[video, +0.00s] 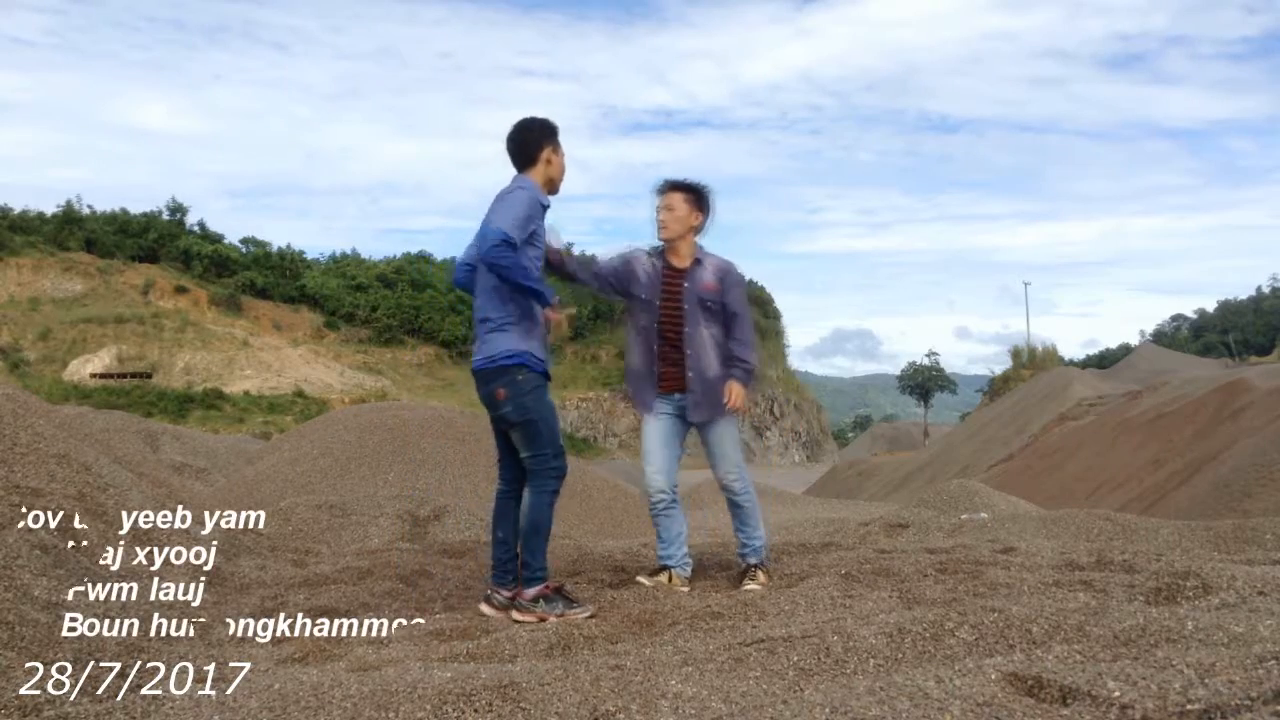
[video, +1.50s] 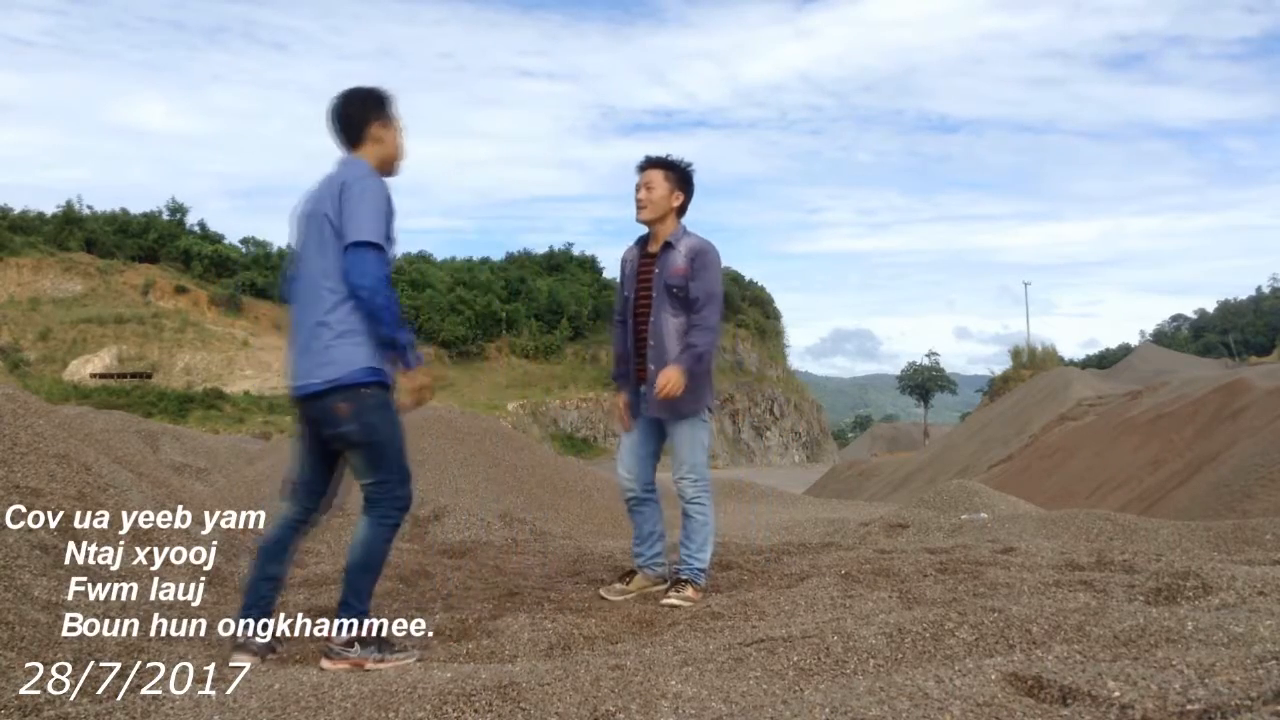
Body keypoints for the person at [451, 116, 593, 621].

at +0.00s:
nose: (565, 165)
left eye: (563, 155)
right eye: (562, 155)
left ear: (523, 158)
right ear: (549, 156)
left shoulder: (503, 202)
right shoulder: (527, 196)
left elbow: (463, 273)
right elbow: (494, 247)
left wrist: (520, 298)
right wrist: (548, 299)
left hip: (493, 364)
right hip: (516, 363)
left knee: (513, 476)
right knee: (547, 469)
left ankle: (504, 586)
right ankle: (534, 588)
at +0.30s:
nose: (509, 166)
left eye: (507, 157)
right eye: (506, 157)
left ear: (463, 157)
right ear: (491, 156)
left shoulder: (420, 216)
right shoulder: (494, 206)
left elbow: (410, 292)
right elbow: (528, 283)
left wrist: (459, 294)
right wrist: (569, 308)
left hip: (458, 378)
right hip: (496, 373)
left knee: (498, 485)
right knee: (529, 482)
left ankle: (504, 593)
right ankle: (453, 586)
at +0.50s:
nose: (465, 168)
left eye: (460, 159)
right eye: (461, 160)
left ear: (413, 170)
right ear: (450, 165)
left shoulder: (378, 229)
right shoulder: (474, 221)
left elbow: (360, 313)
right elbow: (519, 293)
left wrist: (397, 330)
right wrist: (545, 320)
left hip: (403, 395)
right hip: (462, 393)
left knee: (456, 481)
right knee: (467, 504)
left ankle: (473, 587)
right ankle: (431, 619)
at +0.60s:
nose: (442, 162)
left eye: (437, 153)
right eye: (439, 153)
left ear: (390, 159)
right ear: (429, 156)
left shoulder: (352, 220)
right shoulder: (452, 211)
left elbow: (338, 301)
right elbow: (488, 293)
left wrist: (356, 354)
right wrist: (513, 339)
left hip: (385, 386)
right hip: (446, 382)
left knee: (413, 467)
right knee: (450, 496)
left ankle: (404, 577)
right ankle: (431, 618)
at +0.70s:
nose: (419, 155)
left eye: (414, 146)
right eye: (416, 146)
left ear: (369, 153)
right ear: (405, 149)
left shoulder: (332, 213)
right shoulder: (432, 205)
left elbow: (314, 290)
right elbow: (457, 286)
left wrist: (336, 358)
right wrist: (476, 344)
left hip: (365, 380)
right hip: (426, 378)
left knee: (373, 478)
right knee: (440, 495)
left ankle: (334, 572)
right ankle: (432, 615)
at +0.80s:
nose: (397, 160)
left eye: (393, 150)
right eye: (394, 151)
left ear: (344, 159)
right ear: (381, 154)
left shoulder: (305, 217)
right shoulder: (403, 209)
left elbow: (286, 285)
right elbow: (421, 289)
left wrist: (297, 355)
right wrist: (432, 369)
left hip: (336, 394)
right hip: (399, 391)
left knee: (324, 503)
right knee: (436, 498)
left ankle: (262, 614)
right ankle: (430, 618)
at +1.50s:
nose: (402, 140)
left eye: (398, 129)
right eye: (395, 128)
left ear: (350, 135)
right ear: (375, 131)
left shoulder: (318, 197)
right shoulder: (362, 182)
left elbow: (293, 284)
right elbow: (366, 276)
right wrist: (406, 348)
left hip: (314, 384)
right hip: (353, 377)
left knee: (303, 502)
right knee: (388, 498)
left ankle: (251, 625)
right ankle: (351, 633)